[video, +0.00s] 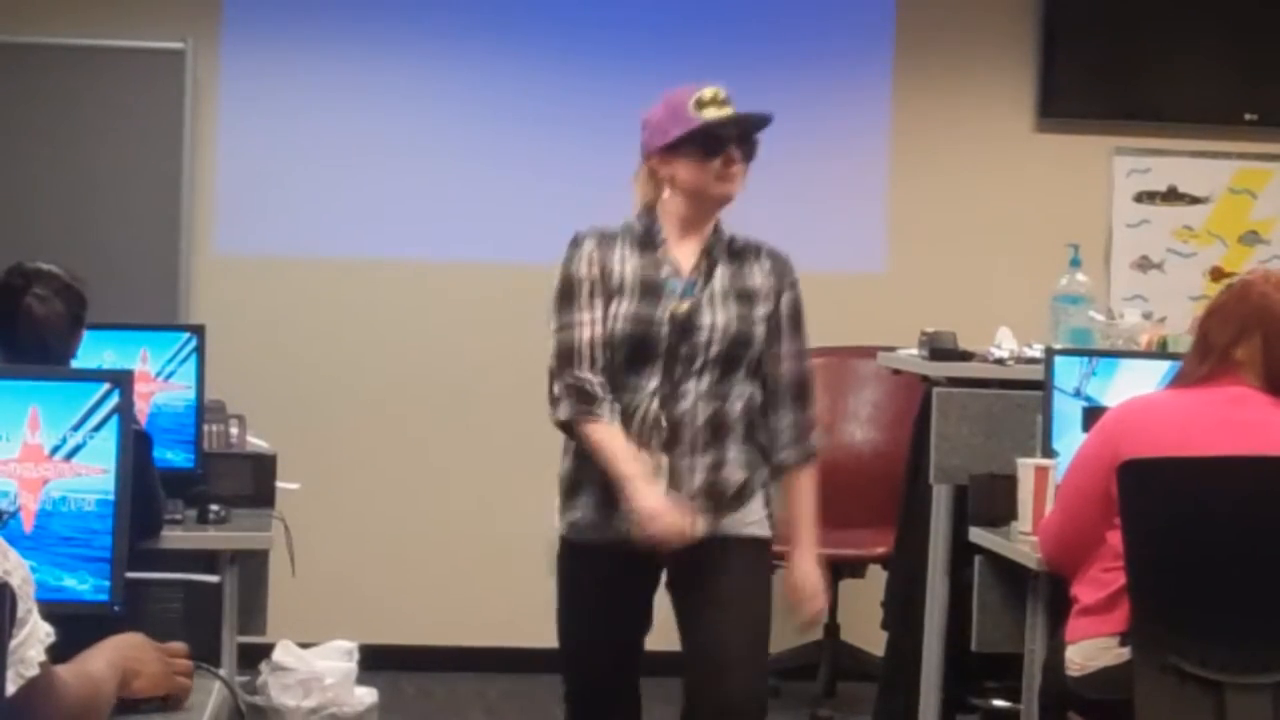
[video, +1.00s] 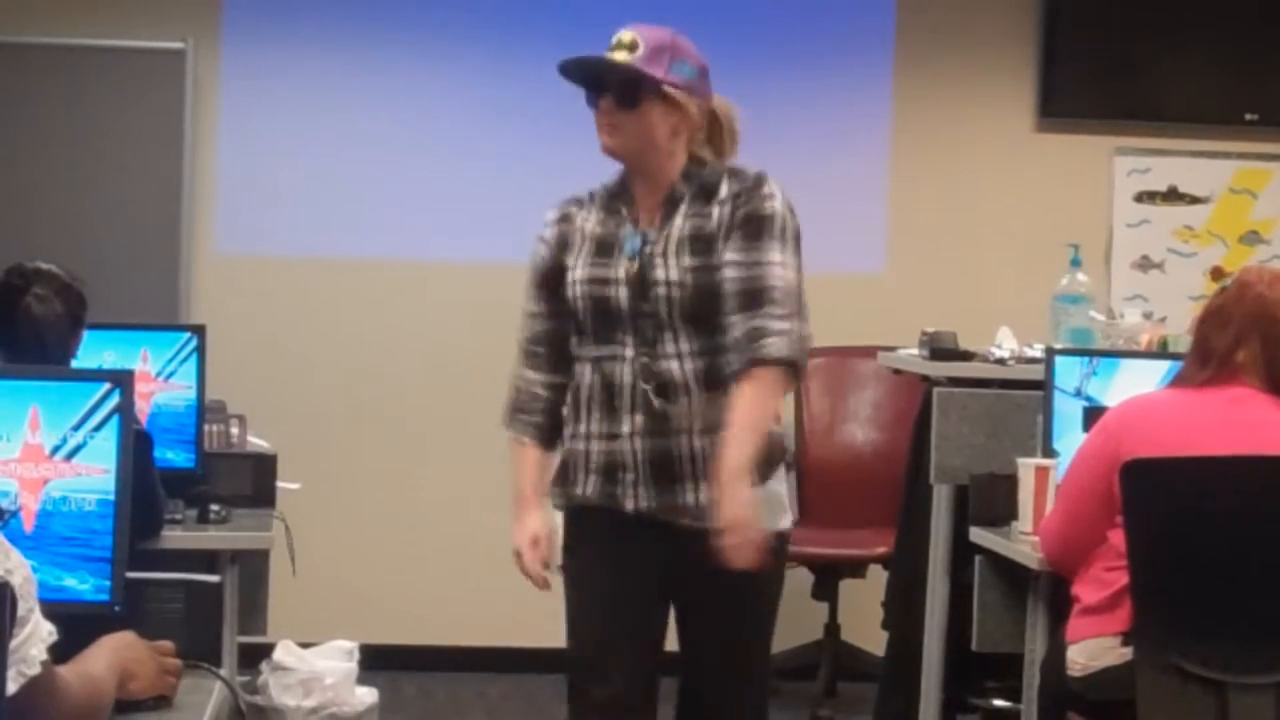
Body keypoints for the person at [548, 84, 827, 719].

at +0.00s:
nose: (734, 160)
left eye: (741, 147)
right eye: (711, 147)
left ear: (747, 159)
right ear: (663, 164)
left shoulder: (767, 273)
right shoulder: (596, 256)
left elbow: (791, 422)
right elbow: (577, 394)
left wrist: (804, 551)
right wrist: (642, 488)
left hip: (726, 528)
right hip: (608, 525)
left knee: (732, 703)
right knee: (599, 706)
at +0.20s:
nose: (761, 147)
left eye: (768, 133)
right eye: (739, 134)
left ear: (776, 145)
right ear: (689, 149)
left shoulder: (794, 253)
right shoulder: (623, 240)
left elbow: (844, 371)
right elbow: (546, 376)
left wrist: (871, 474)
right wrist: (525, 502)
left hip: (738, 516)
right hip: (619, 509)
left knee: (743, 701)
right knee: (598, 701)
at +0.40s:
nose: (730, 173)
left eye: (747, 156)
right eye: (709, 158)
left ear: (774, 172)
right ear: (685, 175)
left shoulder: (805, 284)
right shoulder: (631, 272)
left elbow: (822, 404)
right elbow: (570, 392)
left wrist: (810, 514)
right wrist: (523, 504)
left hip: (748, 527)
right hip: (630, 520)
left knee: (753, 706)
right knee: (597, 700)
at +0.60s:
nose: (682, 129)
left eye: (705, 115)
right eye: (671, 115)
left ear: (750, 135)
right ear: (659, 129)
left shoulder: (789, 232)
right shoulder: (619, 231)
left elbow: (746, 359)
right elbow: (588, 368)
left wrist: (624, 438)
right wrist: (605, 459)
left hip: (752, 511)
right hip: (636, 504)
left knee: (739, 706)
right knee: (623, 697)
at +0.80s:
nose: (633, 170)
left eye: (658, 158)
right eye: (629, 156)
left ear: (708, 176)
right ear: (619, 169)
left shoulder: (760, 278)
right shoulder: (598, 289)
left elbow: (720, 406)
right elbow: (590, 420)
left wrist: (583, 468)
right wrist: (582, 525)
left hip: (737, 553)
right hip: (620, 545)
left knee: (735, 710)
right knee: (601, 703)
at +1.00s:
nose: (602, 114)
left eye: (625, 97)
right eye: (599, 98)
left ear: (680, 113)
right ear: (595, 109)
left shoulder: (749, 203)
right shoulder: (570, 225)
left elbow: (769, 354)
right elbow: (540, 373)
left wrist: (732, 478)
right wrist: (528, 502)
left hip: (727, 518)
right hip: (607, 514)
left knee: (722, 707)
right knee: (602, 703)